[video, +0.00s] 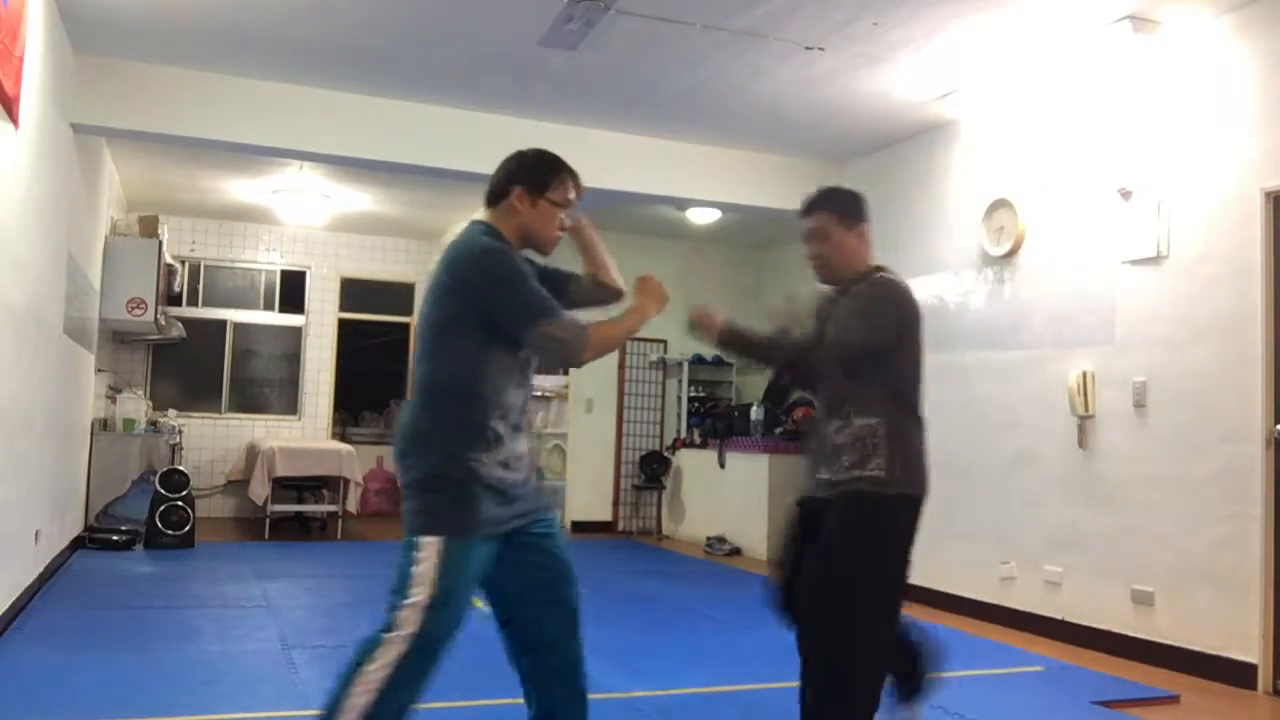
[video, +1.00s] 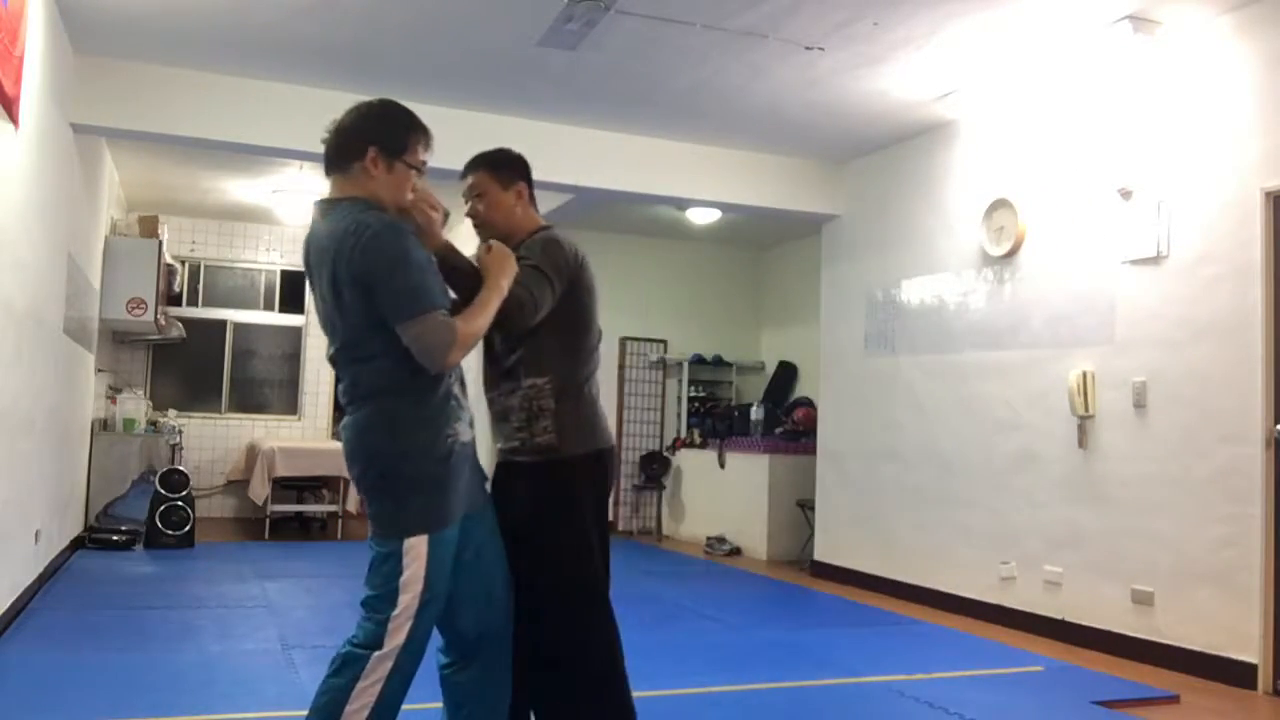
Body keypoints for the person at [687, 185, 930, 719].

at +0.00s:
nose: (812, 250)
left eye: (821, 237)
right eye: (807, 240)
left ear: (859, 234)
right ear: (808, 242)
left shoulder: (884, 296)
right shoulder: (836, 304)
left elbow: (825, 356)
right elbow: (817, 368)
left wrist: (727, 334)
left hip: (880, 487)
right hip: (836, 484)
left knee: (845, 611)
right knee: (801, 594)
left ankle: (835, 710)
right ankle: (902, 654)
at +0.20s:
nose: (732, 266)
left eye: (742, 253)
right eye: (729, 256)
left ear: (783, 250)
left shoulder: (820, 297)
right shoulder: (734, 309)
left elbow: (783, 345)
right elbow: (652, 319)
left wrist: (703, 295)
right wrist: (581, 275)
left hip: (826, 491)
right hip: (754, 489)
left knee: (821, 610)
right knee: (677, 584)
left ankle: (843, 714)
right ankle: (649, 705)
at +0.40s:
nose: (629, 251)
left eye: (639, 237)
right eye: (627, 238)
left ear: (676, 239)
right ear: (633, 242)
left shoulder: (721, 309)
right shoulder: (635, 307)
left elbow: (682, 393)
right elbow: (552, 352)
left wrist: (625, 327)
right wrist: (510, 306)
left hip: (701, 510)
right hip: (630, 504)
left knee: (738, 635)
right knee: (549, 631)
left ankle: (815, 714)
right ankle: (518, 710)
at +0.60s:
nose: (526, 229)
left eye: (534, 215)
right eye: (525, 216)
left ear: (570, 213)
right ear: (566, 217)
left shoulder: (616, 281)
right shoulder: (556, 287)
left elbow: (578, 346)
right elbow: (518, 339)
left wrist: (518, 281)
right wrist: (470, 291)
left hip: (617, 484)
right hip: (560, 478)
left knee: (612, 619)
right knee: (515, 625)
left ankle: (680, 713)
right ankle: (502, 709)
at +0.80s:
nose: (479, 220)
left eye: (488, 205)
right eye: (476, 209)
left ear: (530, 199)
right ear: (525, 205)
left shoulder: (567, 259)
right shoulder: (524, 268)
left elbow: (533, 320)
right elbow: (489, 319)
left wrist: (459, 254)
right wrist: (445, 256)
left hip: (579, 469)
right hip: (533, 468)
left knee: (574, 627)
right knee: (532, 624)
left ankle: (592, 714)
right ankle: (523, 709)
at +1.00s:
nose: (469, 213)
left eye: (477, 198)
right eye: (466, 202)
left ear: (520, 194)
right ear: (510, 199)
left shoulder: (551, 250)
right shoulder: (515, 260)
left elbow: (514, 309)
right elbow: (479, 312)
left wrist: (440, 243)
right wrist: (429, 246)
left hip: (564, 462)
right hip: (523, 462)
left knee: (572, 618)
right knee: (527, 619)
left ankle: (596, 714)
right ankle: (535, 710)